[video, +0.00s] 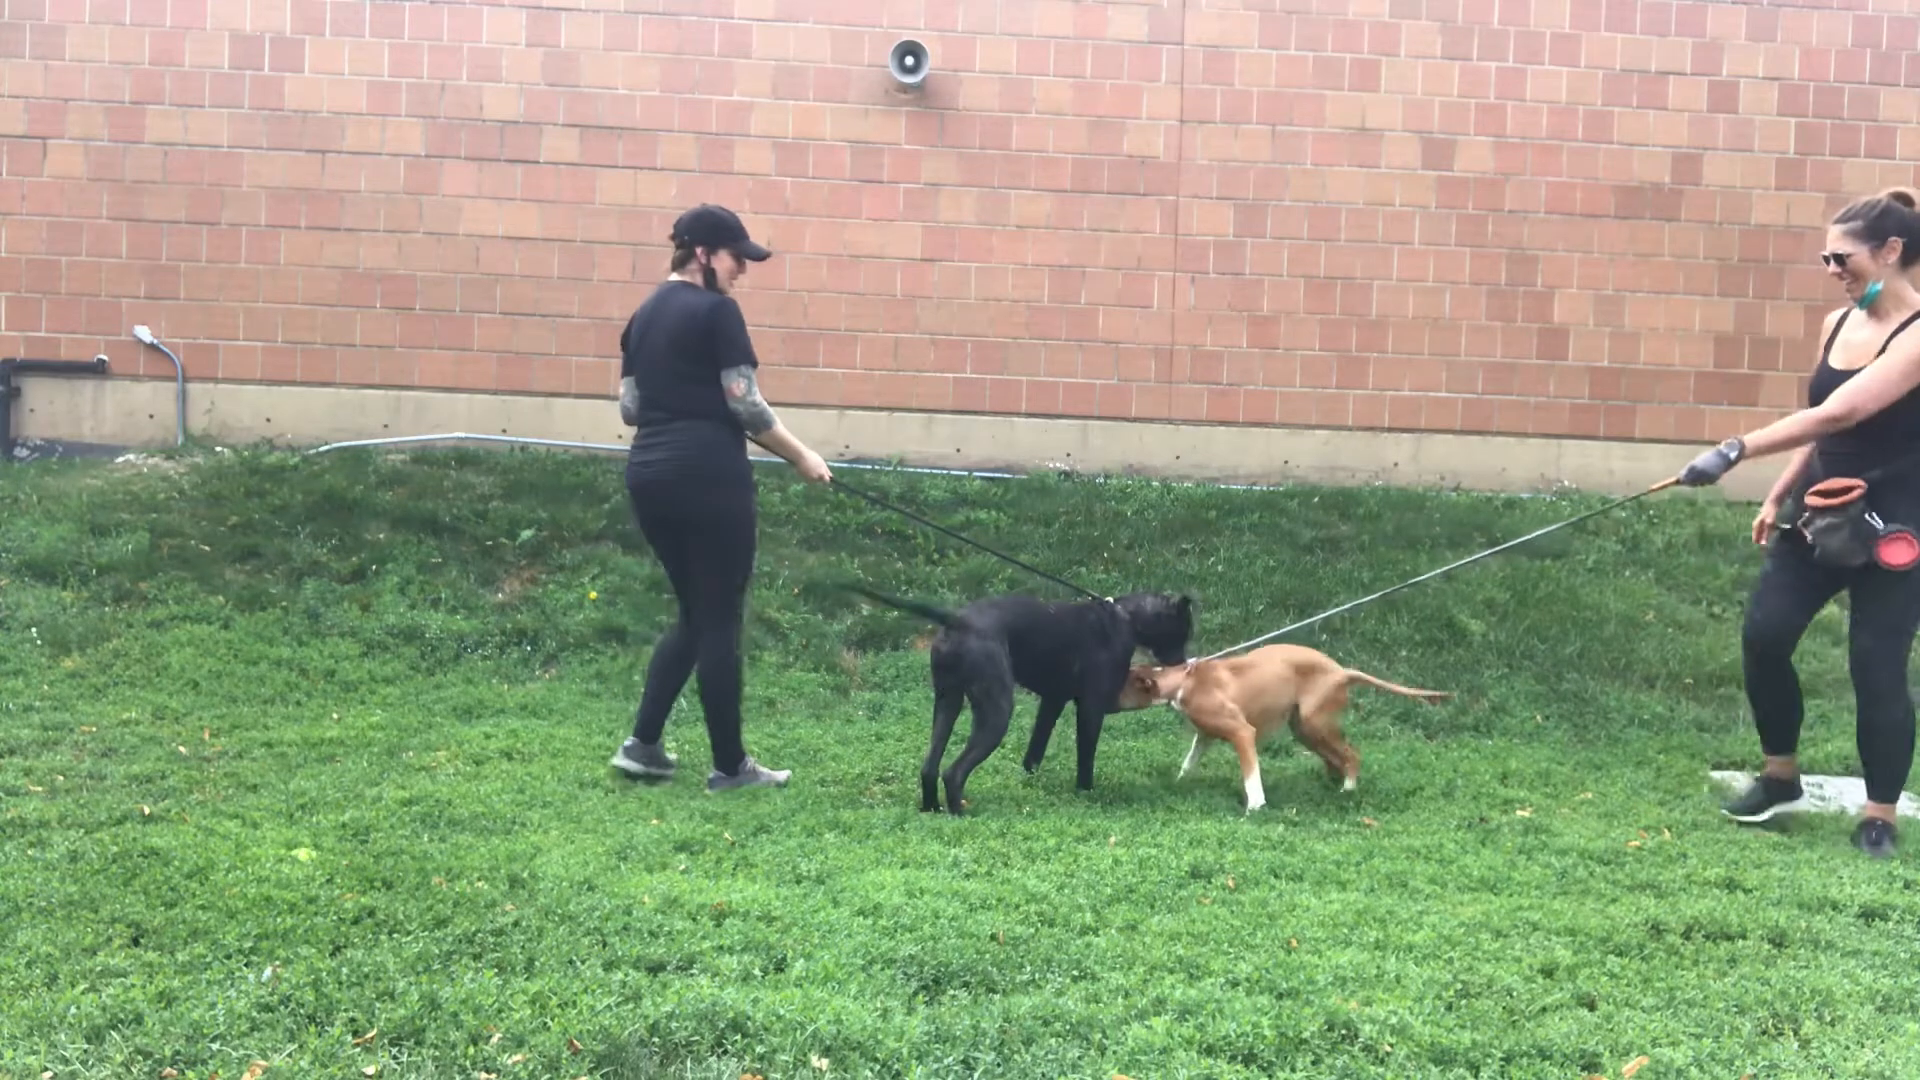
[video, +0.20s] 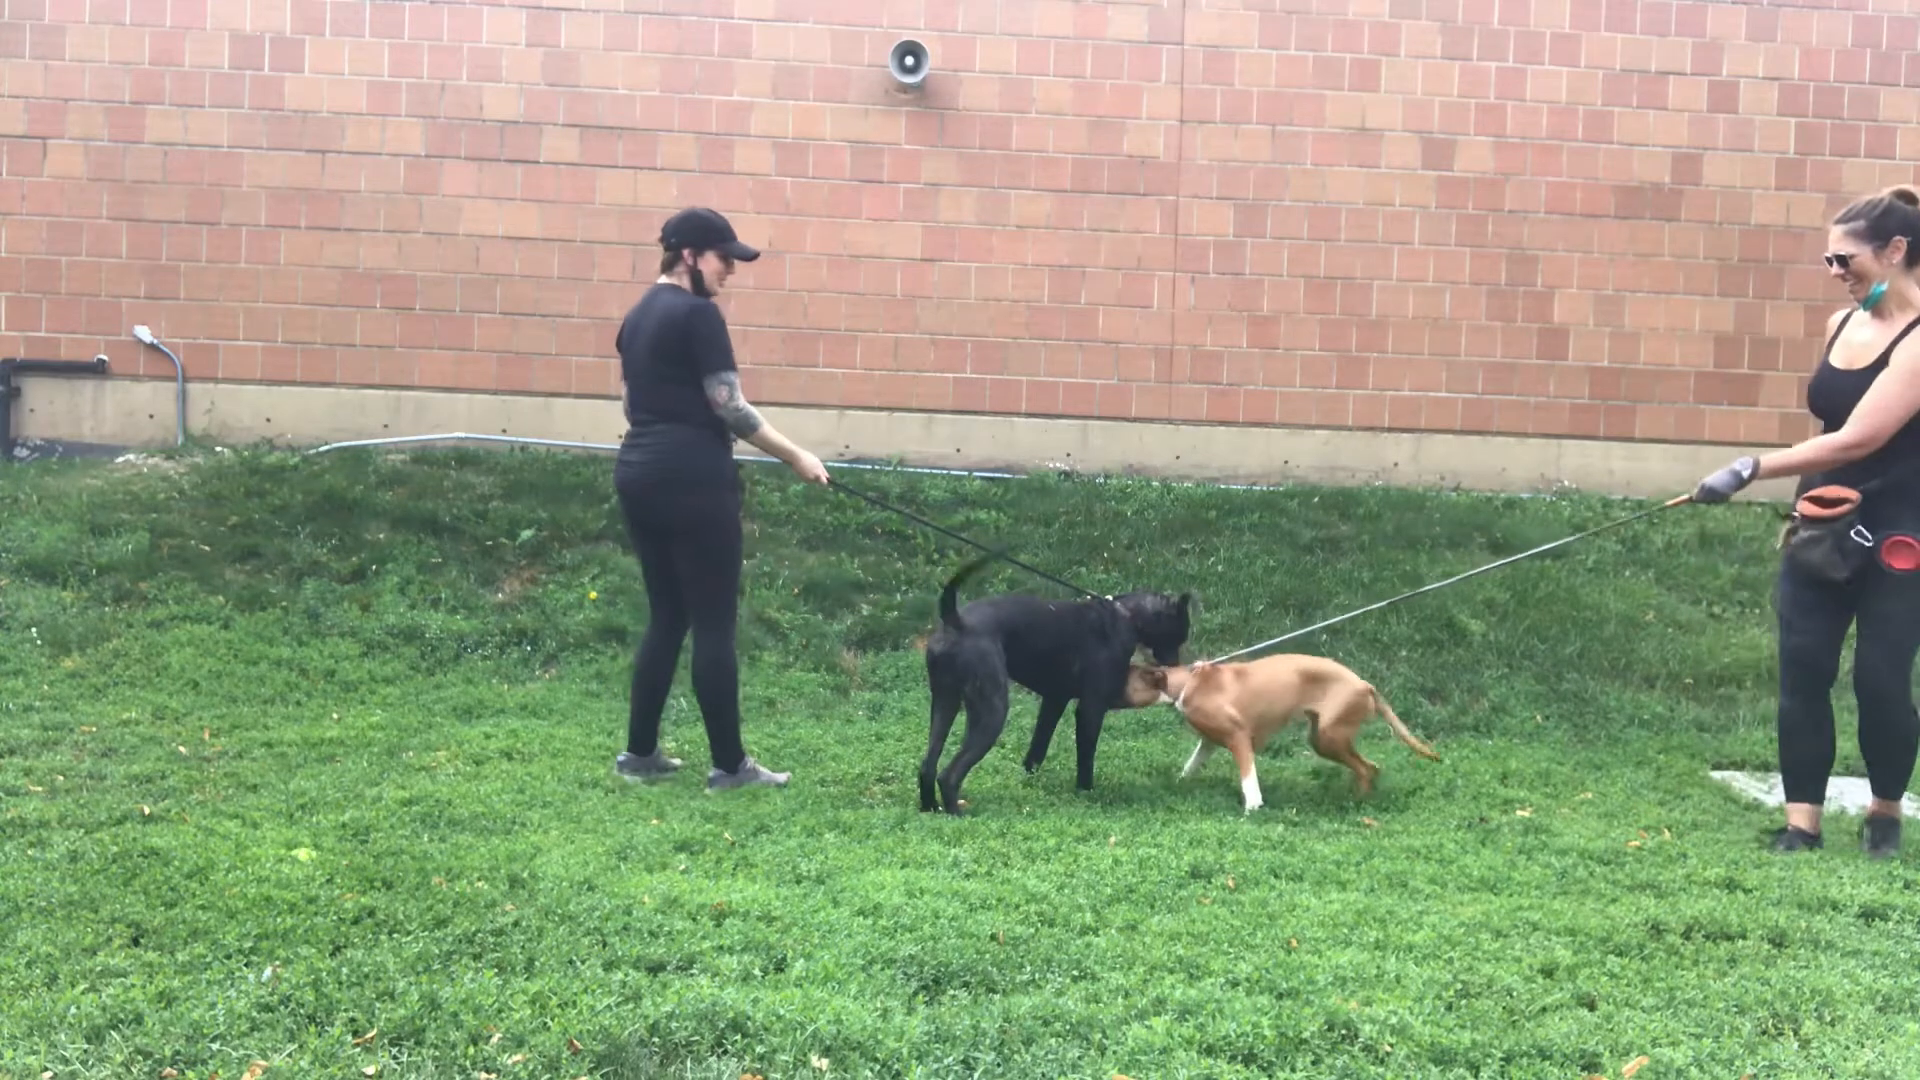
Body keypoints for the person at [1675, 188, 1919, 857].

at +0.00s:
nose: (1832, 271)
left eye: (1842, 259)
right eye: (1828, 259)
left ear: (1890, 251)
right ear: (1875, 256)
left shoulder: (1918, 334)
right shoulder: (1841, 321)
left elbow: (1843, 413)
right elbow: (1825, 419)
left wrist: (1733, 449)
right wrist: (1777, 493)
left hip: (1895, 521)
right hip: (1822, 511)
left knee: (1878, 663)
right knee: (1764, 634)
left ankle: (1879, 817)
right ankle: (1780, 777)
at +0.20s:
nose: (1835, 272)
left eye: (1845, 259)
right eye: (1831, 260)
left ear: (1894, 251)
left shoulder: (1916, 340)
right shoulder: (1844, 324)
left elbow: (1859, 440)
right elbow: (1826, 425)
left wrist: (1751, 468)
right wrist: (1802, 497)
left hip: (1896, 533)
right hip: (1822, 523)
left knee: (1881, 678)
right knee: (1801, 672)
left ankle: (1885, 816)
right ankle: (1800, 827)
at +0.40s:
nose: (1842, 268)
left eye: (1850, 255)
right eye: (1838, 256)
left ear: (1902, 245)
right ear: (1881, 251)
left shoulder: (1918, 336)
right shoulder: (1848, 323)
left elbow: (1901, 443)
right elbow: (1825, 421)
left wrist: (1791, 474)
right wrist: (1805, 486)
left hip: (1900, 521)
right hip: (1826, 514)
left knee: (1885, 666)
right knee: (1801, 665)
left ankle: (1915, 808)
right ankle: (1803, 823)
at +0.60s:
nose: (1861, 257)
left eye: (1871, 243)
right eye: (1857, 244)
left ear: (1913, 235)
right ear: (1876, 241)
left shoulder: (1919, 320)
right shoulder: (1870, 314)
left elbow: (1911, 437)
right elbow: (1841, 423)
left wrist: (1805, 463)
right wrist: (1783, 500)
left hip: (1907, 525)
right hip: (1845, 517)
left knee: (1906, 680)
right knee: (1821, 677)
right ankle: (1808, 827)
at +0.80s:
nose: (1890, 247)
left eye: (1898, 234)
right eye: (1886, 234)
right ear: (1893, 229)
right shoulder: (1911, 308)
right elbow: (1896, 426)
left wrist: (1855, 460)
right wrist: (1823, 493)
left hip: (1916, 523)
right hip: (1885, 517)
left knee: (1912, 685)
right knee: (1849, 678)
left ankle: (1817, 822)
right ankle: (1815, 827)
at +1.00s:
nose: (1910, 235)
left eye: (1914, 222)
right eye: (1908, 223)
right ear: (1905, 217)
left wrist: (1864, 459)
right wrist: (1904, 497)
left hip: (1917, 532)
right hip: (1912, 529)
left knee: (1863, 664)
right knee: (1863, 664)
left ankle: (1876, 831)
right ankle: (1876, 830)